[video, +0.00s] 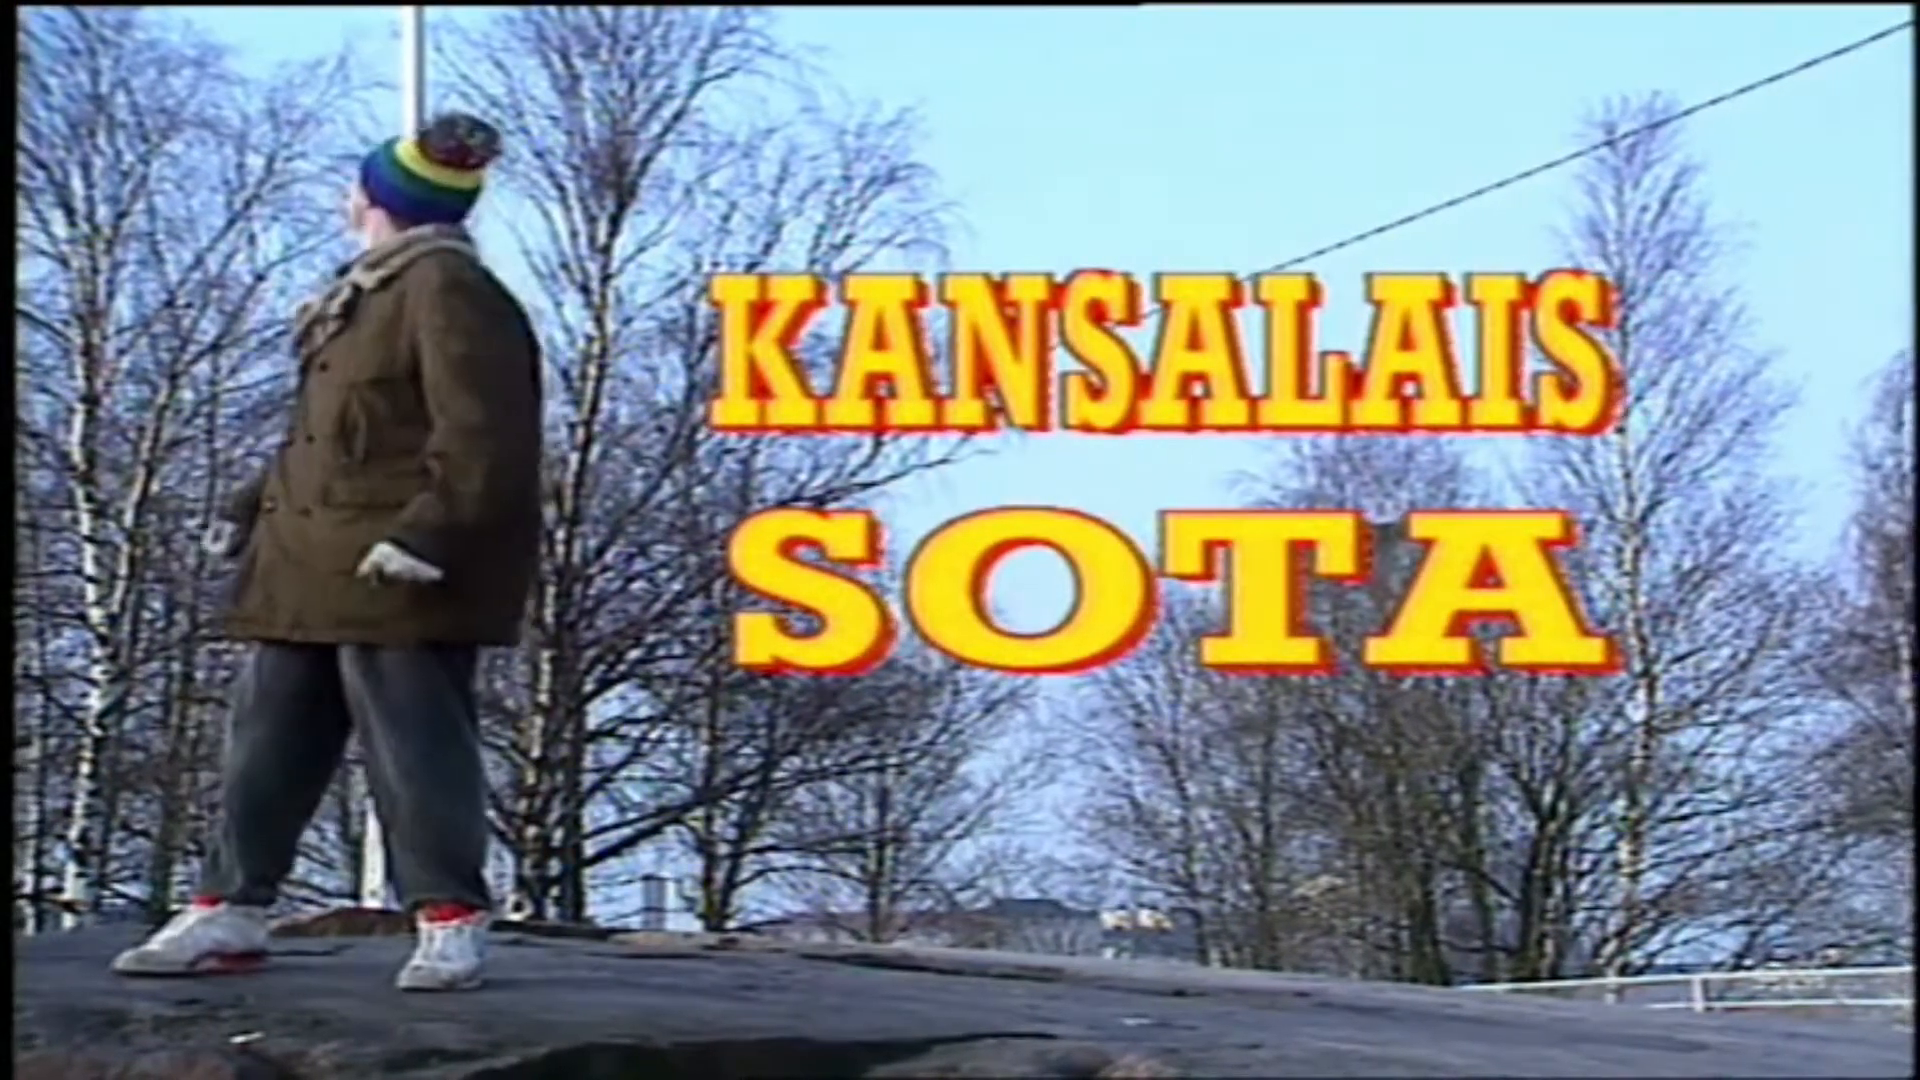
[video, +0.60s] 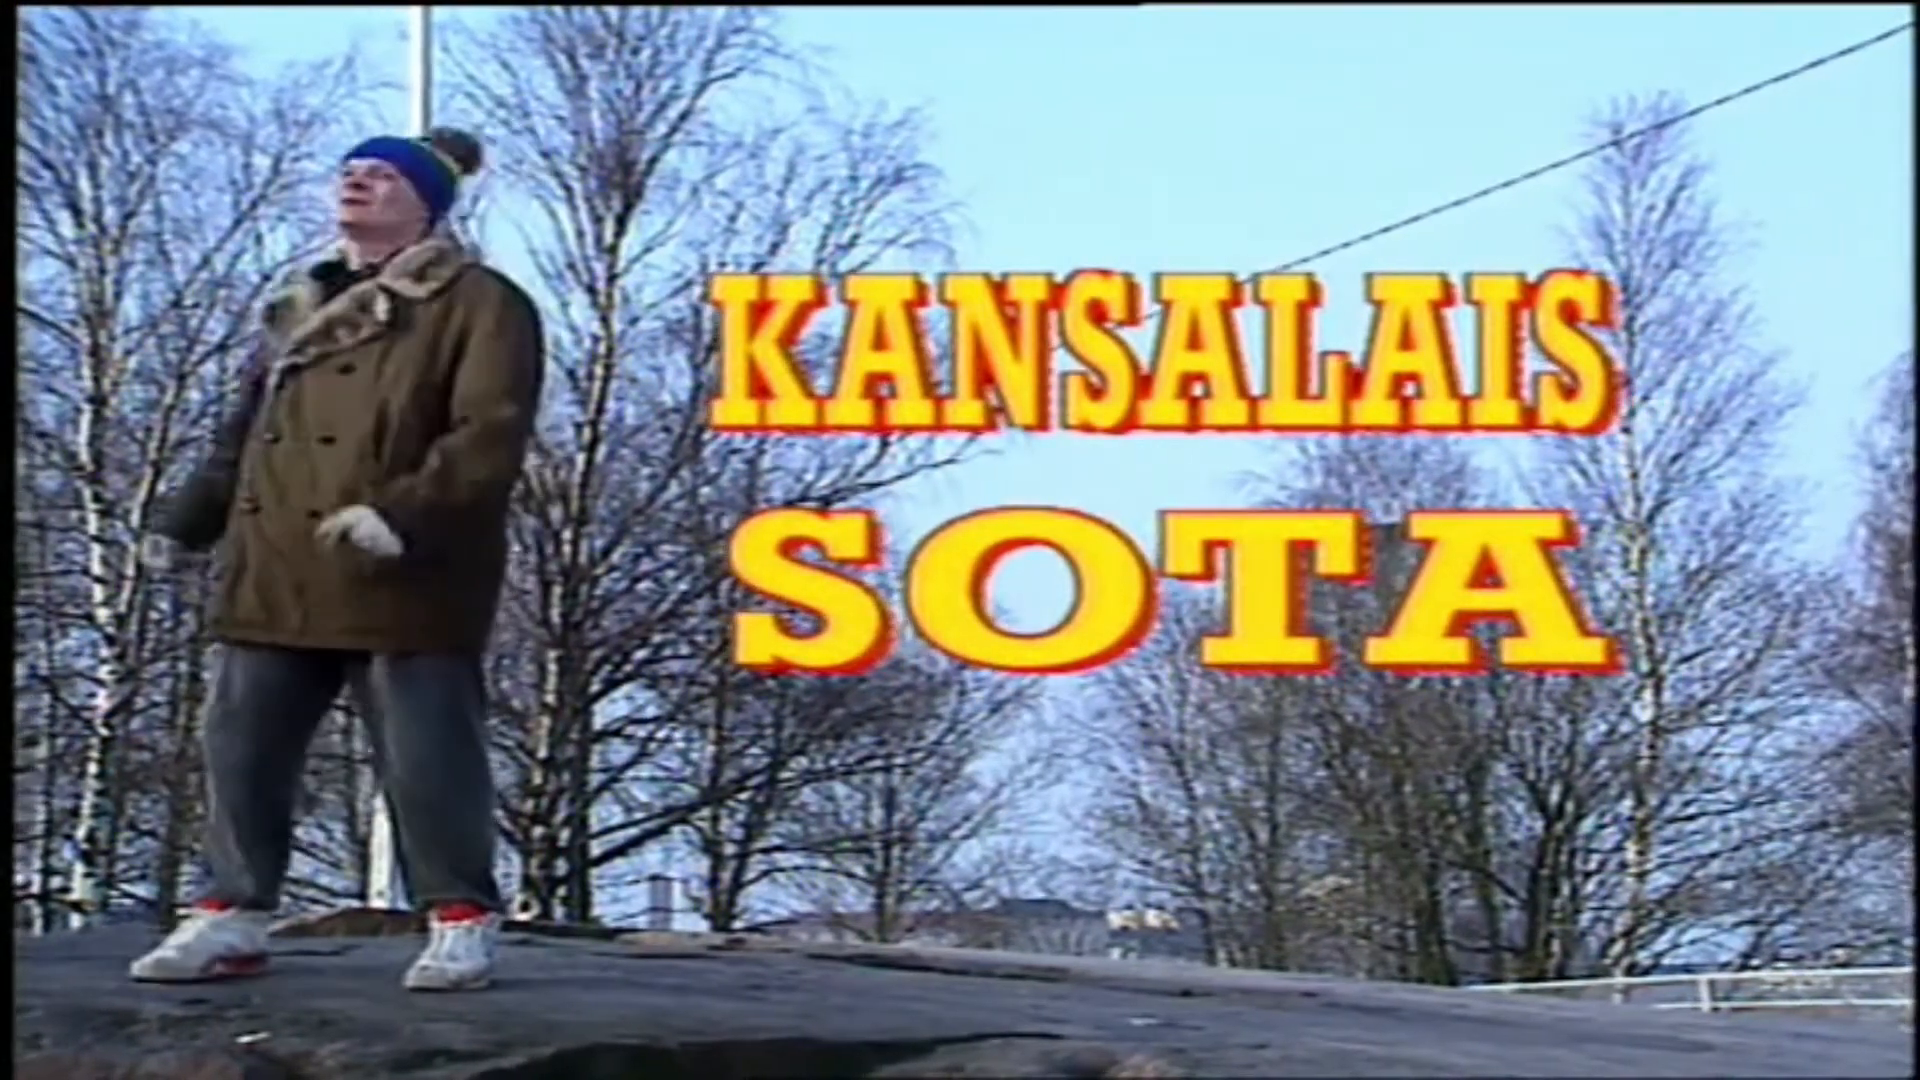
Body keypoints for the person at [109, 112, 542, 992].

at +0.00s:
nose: (352, 209)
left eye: (360, 197)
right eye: (359, 196)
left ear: (381, 203)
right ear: (418, 205)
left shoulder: (450, 286)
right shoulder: (359, 293)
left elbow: (482, 435)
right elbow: (329, 435)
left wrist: (430, 533)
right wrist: (264, 506)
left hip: (396, 569)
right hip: (306, 566)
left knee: (416, 744)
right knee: (269, 742)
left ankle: (451, 918)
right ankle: (233, 909)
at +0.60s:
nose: (354, 183)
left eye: (377, 174)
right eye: (348, 174)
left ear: (424, 203)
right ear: (337, 200)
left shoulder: (482, 301)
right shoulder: (300, 306)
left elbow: (489, 441)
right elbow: (247, 437)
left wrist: (400, 514)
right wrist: (193, 507)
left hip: (410, 584)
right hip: (283, 578)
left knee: (425, 753)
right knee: (244, 739)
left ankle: (461, 919)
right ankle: (238, 912)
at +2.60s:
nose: (343, 176)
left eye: (365, 165)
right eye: (331, 168)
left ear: (414, 189)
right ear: (315, 194)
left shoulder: (478, 278)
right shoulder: (279, 281)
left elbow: (465, 374)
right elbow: (168, 344)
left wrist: (334, 355)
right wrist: (148, 270)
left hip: (409, 564)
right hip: (277, 563)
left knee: (419, 751)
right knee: (278, 750)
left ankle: (442, 920)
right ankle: (285, 918)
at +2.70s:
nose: (342, 178)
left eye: (363, 167)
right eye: (330, 170)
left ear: (413, 190)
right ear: (315, 195)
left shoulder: (477, 280)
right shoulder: (279, 282)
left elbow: (465, 378)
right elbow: (174, 350)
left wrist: (339, 363)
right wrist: (152, 267)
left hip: (410, 560)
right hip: (278, 557)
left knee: (420, 750)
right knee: (280, 748)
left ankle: (443, 920)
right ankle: (287, 918)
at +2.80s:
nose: (342, 180)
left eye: (365, 169)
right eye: (331, 171)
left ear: (415, 193)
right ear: (316, 195)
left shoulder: (474, 279)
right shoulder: (274, 283)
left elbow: (472, 359)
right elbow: (201, 380)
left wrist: (334, 339)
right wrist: (162, 334)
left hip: (410, 559)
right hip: (277, 557)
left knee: (421, 749)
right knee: (280, 748)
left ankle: (444, 920)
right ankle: (286, 919)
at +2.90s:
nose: (348, 180)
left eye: (371, 170)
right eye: (336, 171)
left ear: (420, 196)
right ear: (319, 198)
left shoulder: (476, 278)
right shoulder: (255, 294)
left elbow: (470, 339)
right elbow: (211, 384)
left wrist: (342, 280)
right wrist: (209, 436)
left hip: (412, 554)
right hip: (278, 556)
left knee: (421, 746)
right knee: (281, 748)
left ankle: (445, 920)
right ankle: (289, 918)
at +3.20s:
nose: (342, 185)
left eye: (364, 172)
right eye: (333, 177)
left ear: (417, 194)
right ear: (320, 202)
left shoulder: (481, 283)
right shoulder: (276, 292)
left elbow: (464, 358)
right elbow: (188, 360)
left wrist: (344, 358)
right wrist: (143, 312)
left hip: (415, 559)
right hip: (283, 561)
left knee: (424, 746)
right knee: (284, 746)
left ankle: (449, 921)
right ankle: (290, 918)